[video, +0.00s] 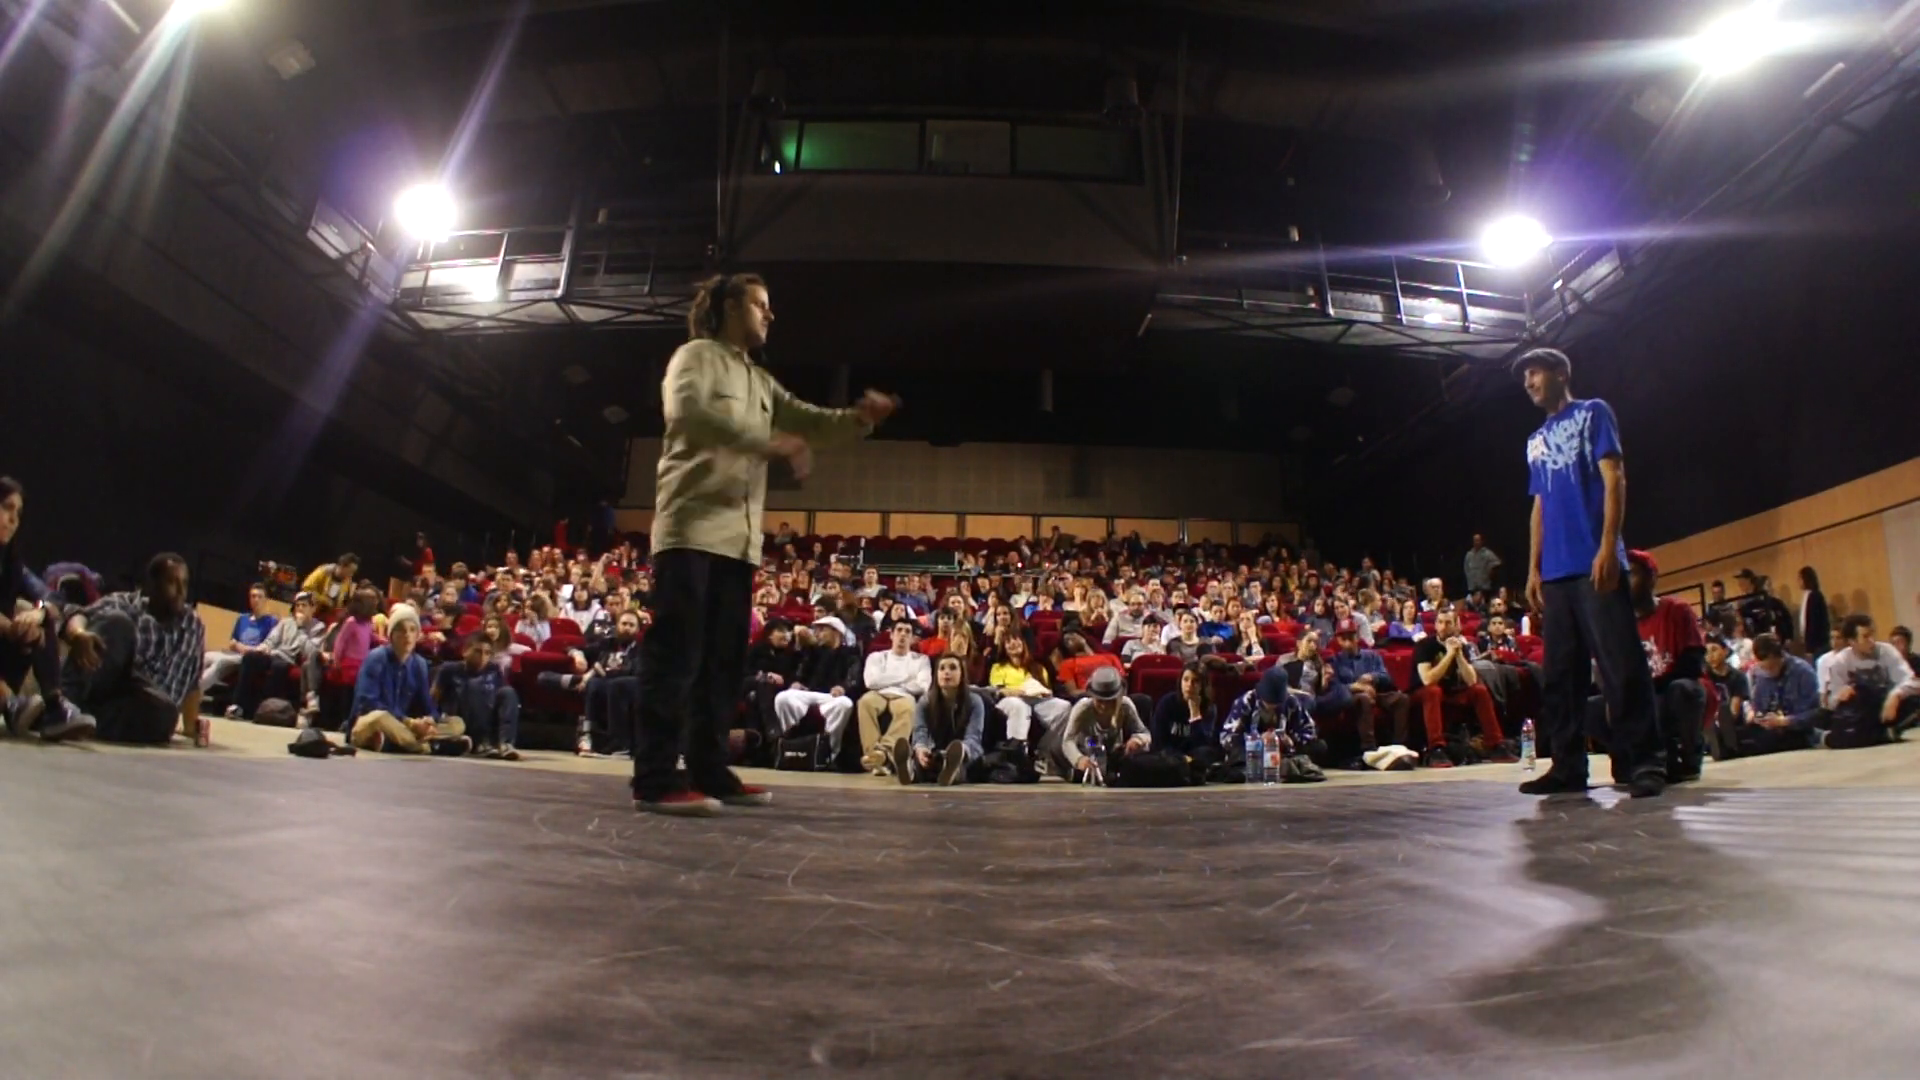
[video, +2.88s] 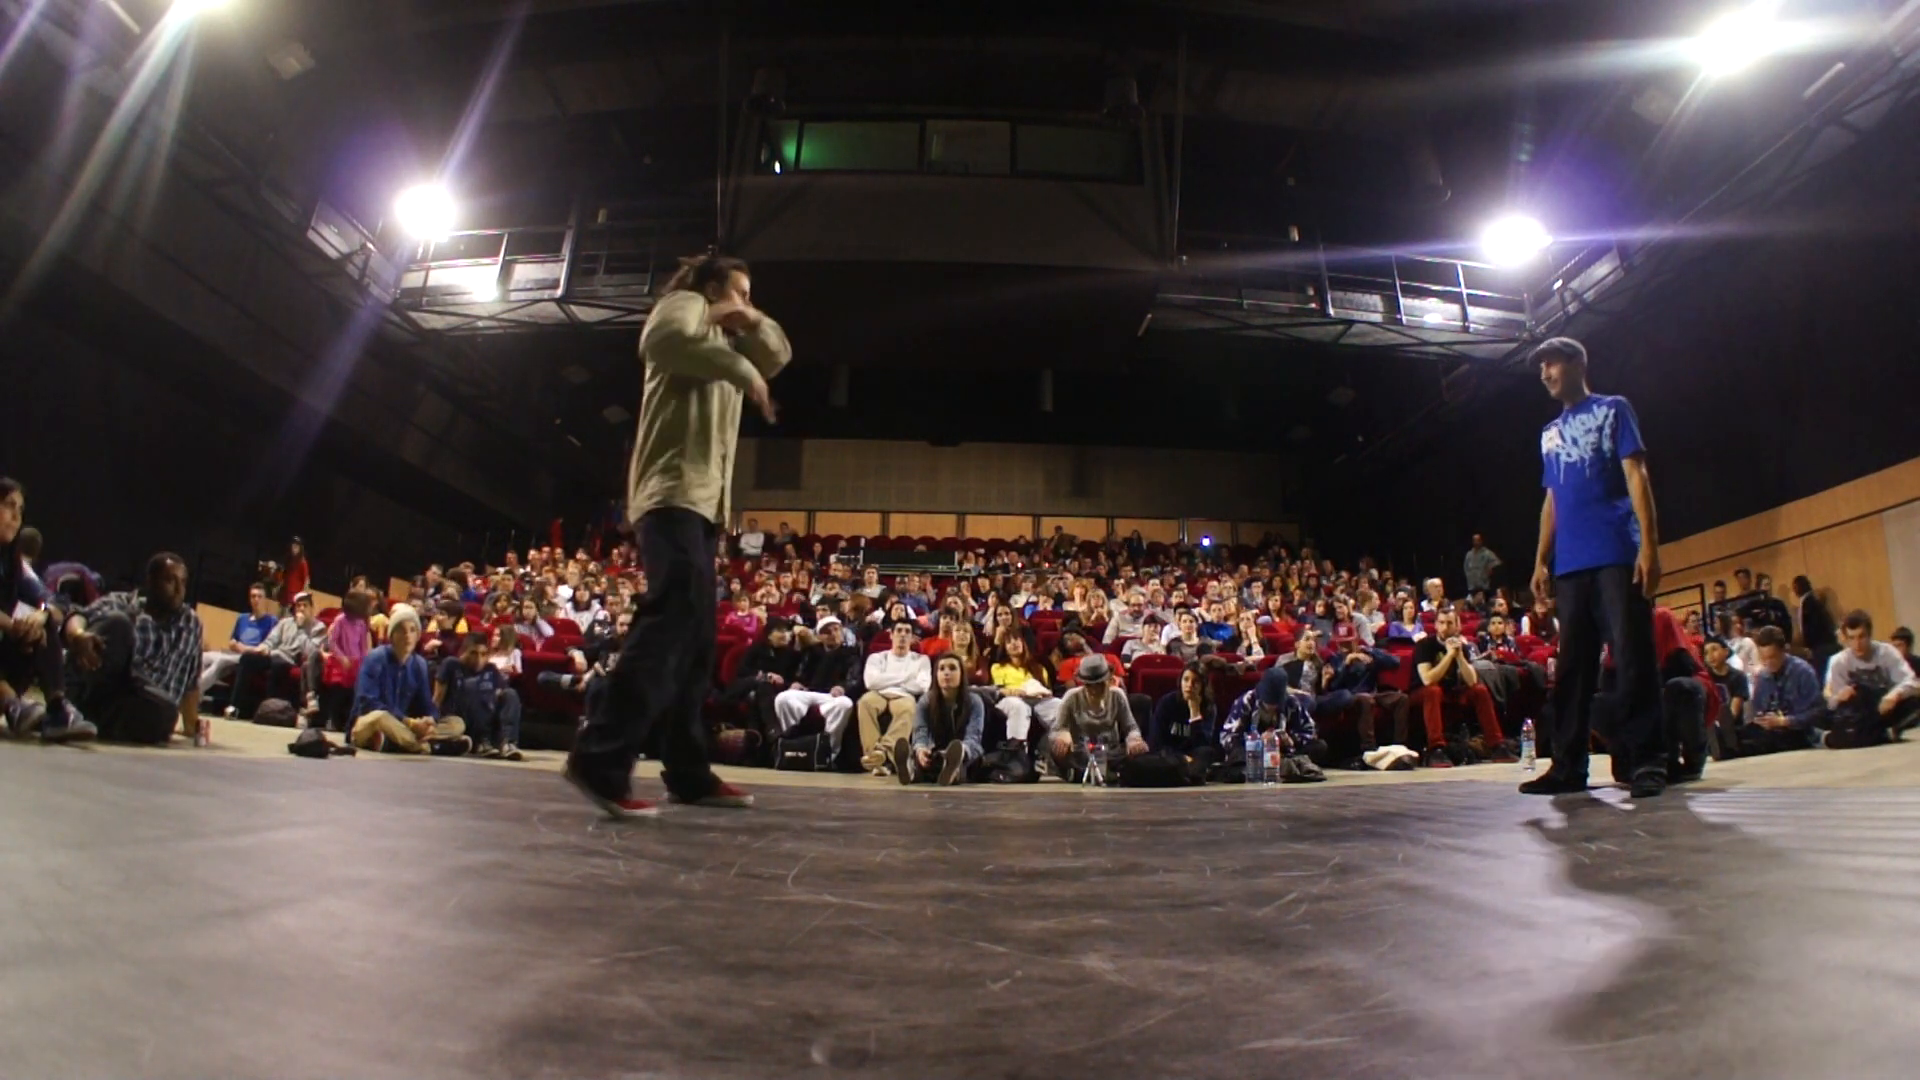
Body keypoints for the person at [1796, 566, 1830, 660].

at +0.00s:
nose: (1799, 582)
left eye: (1801, 578)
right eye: (1799, 578)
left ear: (1807, 579)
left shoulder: (1814, 596)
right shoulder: (1806, 596)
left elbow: (1814, 622)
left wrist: (1810, 647)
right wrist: (1803, 639)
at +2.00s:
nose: (1805, 584)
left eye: (1807, 580)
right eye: (1805, 580)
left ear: (1814, 581)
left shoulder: (1821, 598)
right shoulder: (1811, 598)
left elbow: (1822, 623)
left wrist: (1814, 644)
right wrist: (1810, 639)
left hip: (1823, 644)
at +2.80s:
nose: (1796, 591)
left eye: (1797, 588)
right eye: (1796, 588)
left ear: (1801, 588)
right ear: (1808, 584)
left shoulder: (1810, 603)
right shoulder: (1818, 598)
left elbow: (1812, 626)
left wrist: (1810, 645)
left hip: (1821, 647)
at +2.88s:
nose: (1793, 590)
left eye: (1794, 587)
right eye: (1793, 587)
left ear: (1799, 587)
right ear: (1806, 585)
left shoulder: (1807, 603)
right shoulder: (1813, 599)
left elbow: (1808, 627)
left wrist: (1807, 645)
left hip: (1819, 647)